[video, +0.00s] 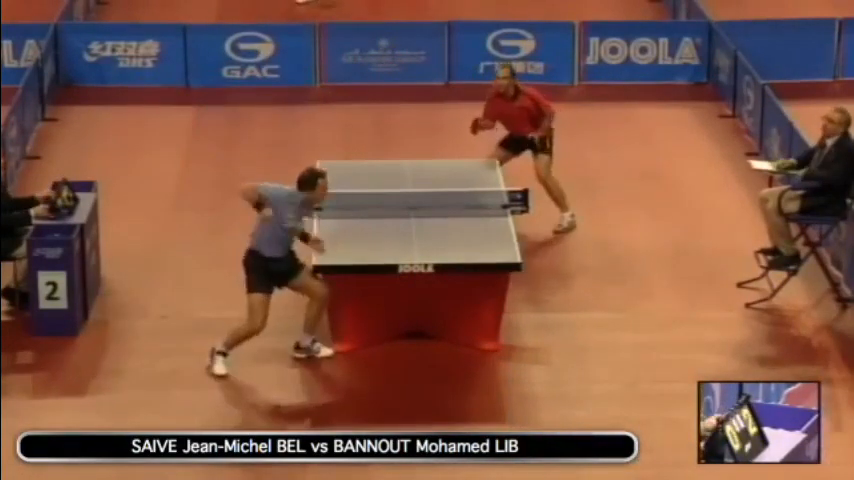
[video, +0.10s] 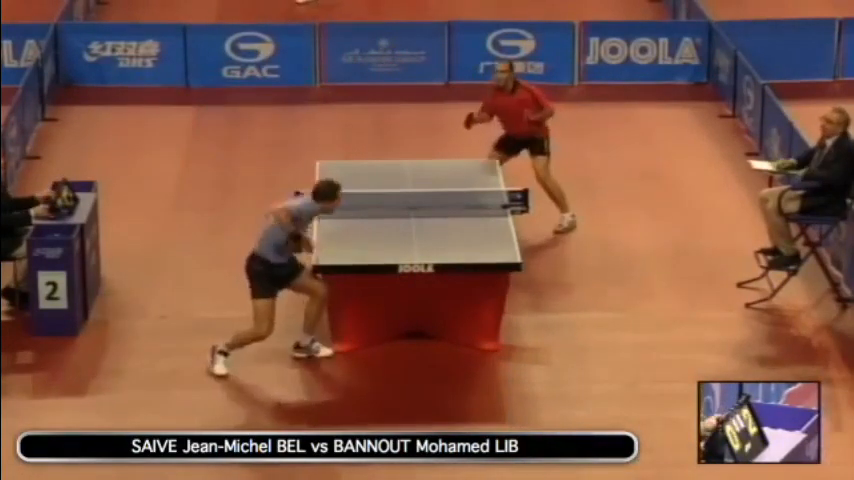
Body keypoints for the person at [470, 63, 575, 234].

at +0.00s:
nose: (500, 83)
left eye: (504, 79)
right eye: (498, 79)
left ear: (513, 81)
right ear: (495, 81)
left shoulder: (529, 95)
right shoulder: (494, 100)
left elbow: (550, 112)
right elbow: (490, 122)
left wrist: (542, 131)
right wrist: (479, 125)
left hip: (539, 135)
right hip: (517, 135)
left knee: (543, 175)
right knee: (490, 165)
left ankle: (567, 214)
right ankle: (490, 211)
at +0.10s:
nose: (498, 76)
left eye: (502, 72)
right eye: (497, 72)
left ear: (511, 74)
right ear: (495, 74)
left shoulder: (528, 92)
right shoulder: (495, 95)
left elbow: (549, 110)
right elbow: (487, 115)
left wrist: (537, 117)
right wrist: (474, 119)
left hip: (536, 136)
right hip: (513, 136)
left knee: (542, 175)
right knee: (489, 166)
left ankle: (567, 215)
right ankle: (490, 211)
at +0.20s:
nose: (496, 71)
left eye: (500, 67)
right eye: (495, 67)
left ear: (509, 69)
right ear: (493, 69)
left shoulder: (526, 87)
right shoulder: (493, 90)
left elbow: (548, 104)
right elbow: (483, 107)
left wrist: (533, 110)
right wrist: (470, 113)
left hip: (532, 134)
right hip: (508, 132)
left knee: (539, 173)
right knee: (484, 162)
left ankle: (565, 213)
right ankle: (488, 208)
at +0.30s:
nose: (494, 68)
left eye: (497, 64)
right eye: (492, 64)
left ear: (507, 65)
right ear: (491, 66)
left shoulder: (524, 84)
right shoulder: (486, 86)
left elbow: (545, 103)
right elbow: (476, 104)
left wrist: (535, 115)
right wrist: (466, 111)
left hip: (523, 134)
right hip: (499, 135)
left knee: (538, 178)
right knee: (480, 171)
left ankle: (549, 214)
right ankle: (482, 211)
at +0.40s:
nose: (494, 68)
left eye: (498, 64)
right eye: (493, 64)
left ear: (508, 65)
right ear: (490, 66)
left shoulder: (524, 84)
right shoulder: (485, 86)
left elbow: (546, 102)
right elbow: (470, 102)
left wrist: (539, 114)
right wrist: (467, 116)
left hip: (521, 138)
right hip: (494, 138)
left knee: (535, 179)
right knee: (476, 173)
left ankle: (541, 216)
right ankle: (476, 214)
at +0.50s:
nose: (491, 71)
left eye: (495, 67)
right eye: (490, 67)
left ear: (505, 67)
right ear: (488, 67)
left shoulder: (518, 85)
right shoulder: (480, 86)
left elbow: (535, 108)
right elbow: (469, 110)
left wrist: (519, 109)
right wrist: (462, 110)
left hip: (514, 139)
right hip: (486, 138)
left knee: (530, 179)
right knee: (472, 175)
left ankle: (540, 217)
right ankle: (471, 218)